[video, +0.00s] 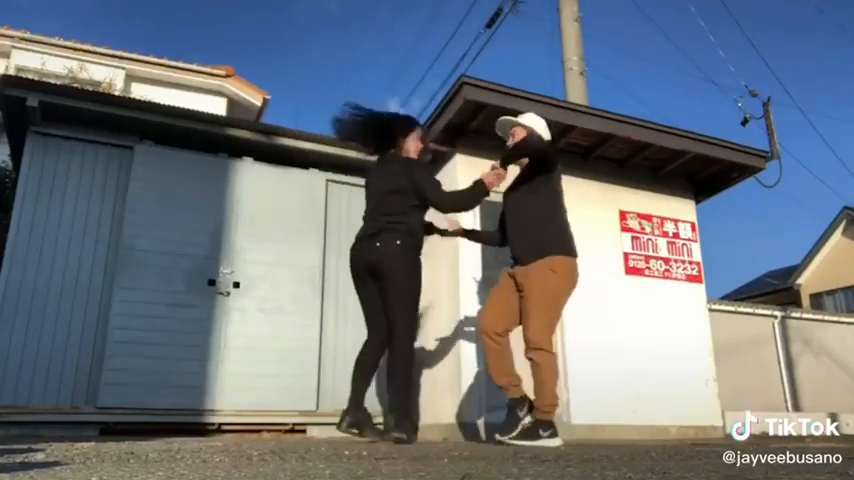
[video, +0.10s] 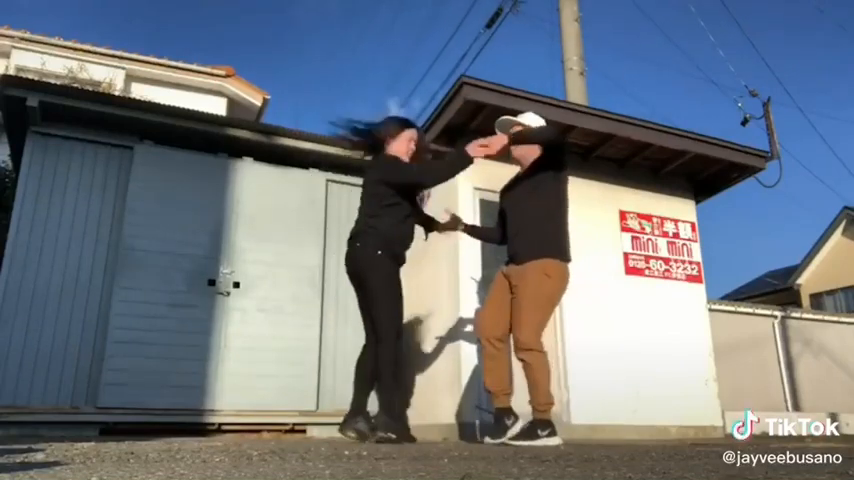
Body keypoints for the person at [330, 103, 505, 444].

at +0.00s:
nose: (422, 147)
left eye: (422, 141)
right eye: (418, 140)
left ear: (397, 142)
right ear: (400, 140)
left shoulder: (377, 170)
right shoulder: (412, 169)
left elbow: (395, 218)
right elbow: (446, 201)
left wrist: (434, 228)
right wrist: (483, 185)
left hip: (363, 250)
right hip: (397, 251)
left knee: (378, 334)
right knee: (403, 338)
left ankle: (354, 411)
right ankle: (401, 423)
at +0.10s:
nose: (413, 148)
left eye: (414, 142)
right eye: (410, 141)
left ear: (392, 141)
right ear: (393, 139)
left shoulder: (385, 170)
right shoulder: (388, 166)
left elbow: (407, 210)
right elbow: (431, 173)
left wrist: (433, 225)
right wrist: (468, 152)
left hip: (367, 257)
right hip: (376, 257)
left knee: (377, 338)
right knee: (388, 338)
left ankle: (356, 415)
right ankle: (392, 420)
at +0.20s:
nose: (397, 155)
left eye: (402, 152)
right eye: (395, 149)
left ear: (405, 156)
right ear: (382, 147)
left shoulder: (407, 182)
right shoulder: (366, 164)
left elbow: (413, 210)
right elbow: (375, 137)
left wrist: (437, 217)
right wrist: (414, 129)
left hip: (377, 262)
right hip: (352, 256)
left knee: (379, 334)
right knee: (379, 329)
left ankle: (356, 414)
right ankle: (384, 416)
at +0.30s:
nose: (386, 153)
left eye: (390, 149)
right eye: (381, 147)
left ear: (391, 155)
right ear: (366, 147)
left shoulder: (391, 190)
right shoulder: (347, 174)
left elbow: (409, 227)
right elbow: (345, 154)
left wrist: (432, 215)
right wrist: (372, 126)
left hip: (376, 269)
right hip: (341, 263)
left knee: (378, 337)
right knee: (359, 329)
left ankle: (356, 416)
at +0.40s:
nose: (368, 156)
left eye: (374, 153)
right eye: (365, 148)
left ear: (377, 160)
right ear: (349, 148)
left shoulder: (379, 194)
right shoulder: (332, 177)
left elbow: (399, 226)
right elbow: (335, 147)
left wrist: (434, 212)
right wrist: (331, 112)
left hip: (370, 273)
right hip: (332, 268)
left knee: (372, 345)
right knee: (321, 338)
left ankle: (354, 421)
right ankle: (282, 412)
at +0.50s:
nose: (352, 153)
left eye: (358, 150)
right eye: (348, 146)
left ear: (363, 156)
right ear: (335, 147)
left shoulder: (368, 190)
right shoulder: (311, 177)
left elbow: (399, 217)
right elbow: (281, 153)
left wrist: (436, 203)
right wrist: (292, 108)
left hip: (354, 273)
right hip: (311, 271)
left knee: (387, 332)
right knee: (294, 342)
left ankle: (372, 408)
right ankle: (275, 418)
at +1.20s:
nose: (403, 148)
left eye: (405, 143)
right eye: (398, 141)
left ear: (401, 147)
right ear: (379, 140)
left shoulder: (402, 185)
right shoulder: (349, 170)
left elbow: (423, 222)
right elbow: (300, 157)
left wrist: (456, 204)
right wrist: (267, 114)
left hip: (390, 274)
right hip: (349, 270)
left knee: (412, 334)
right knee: (318, 339)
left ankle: (396, 417)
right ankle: (275, 411)